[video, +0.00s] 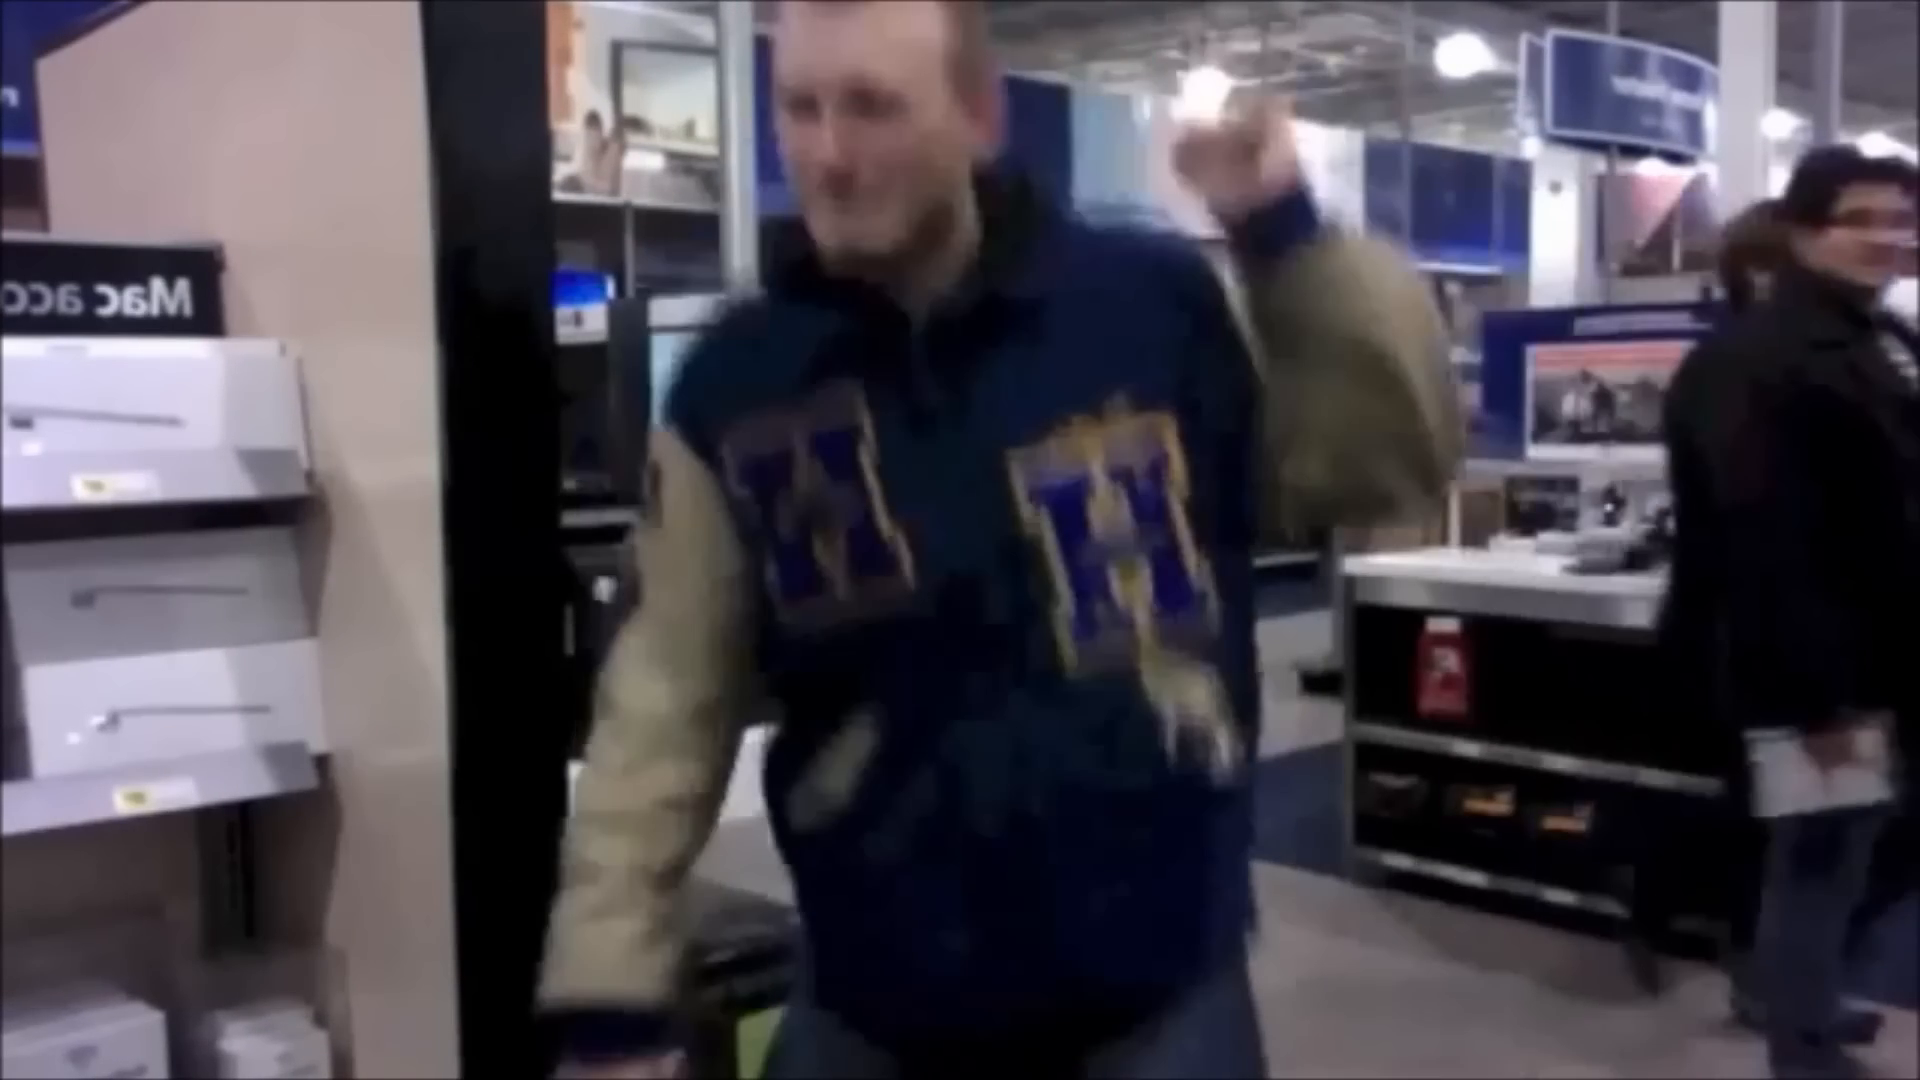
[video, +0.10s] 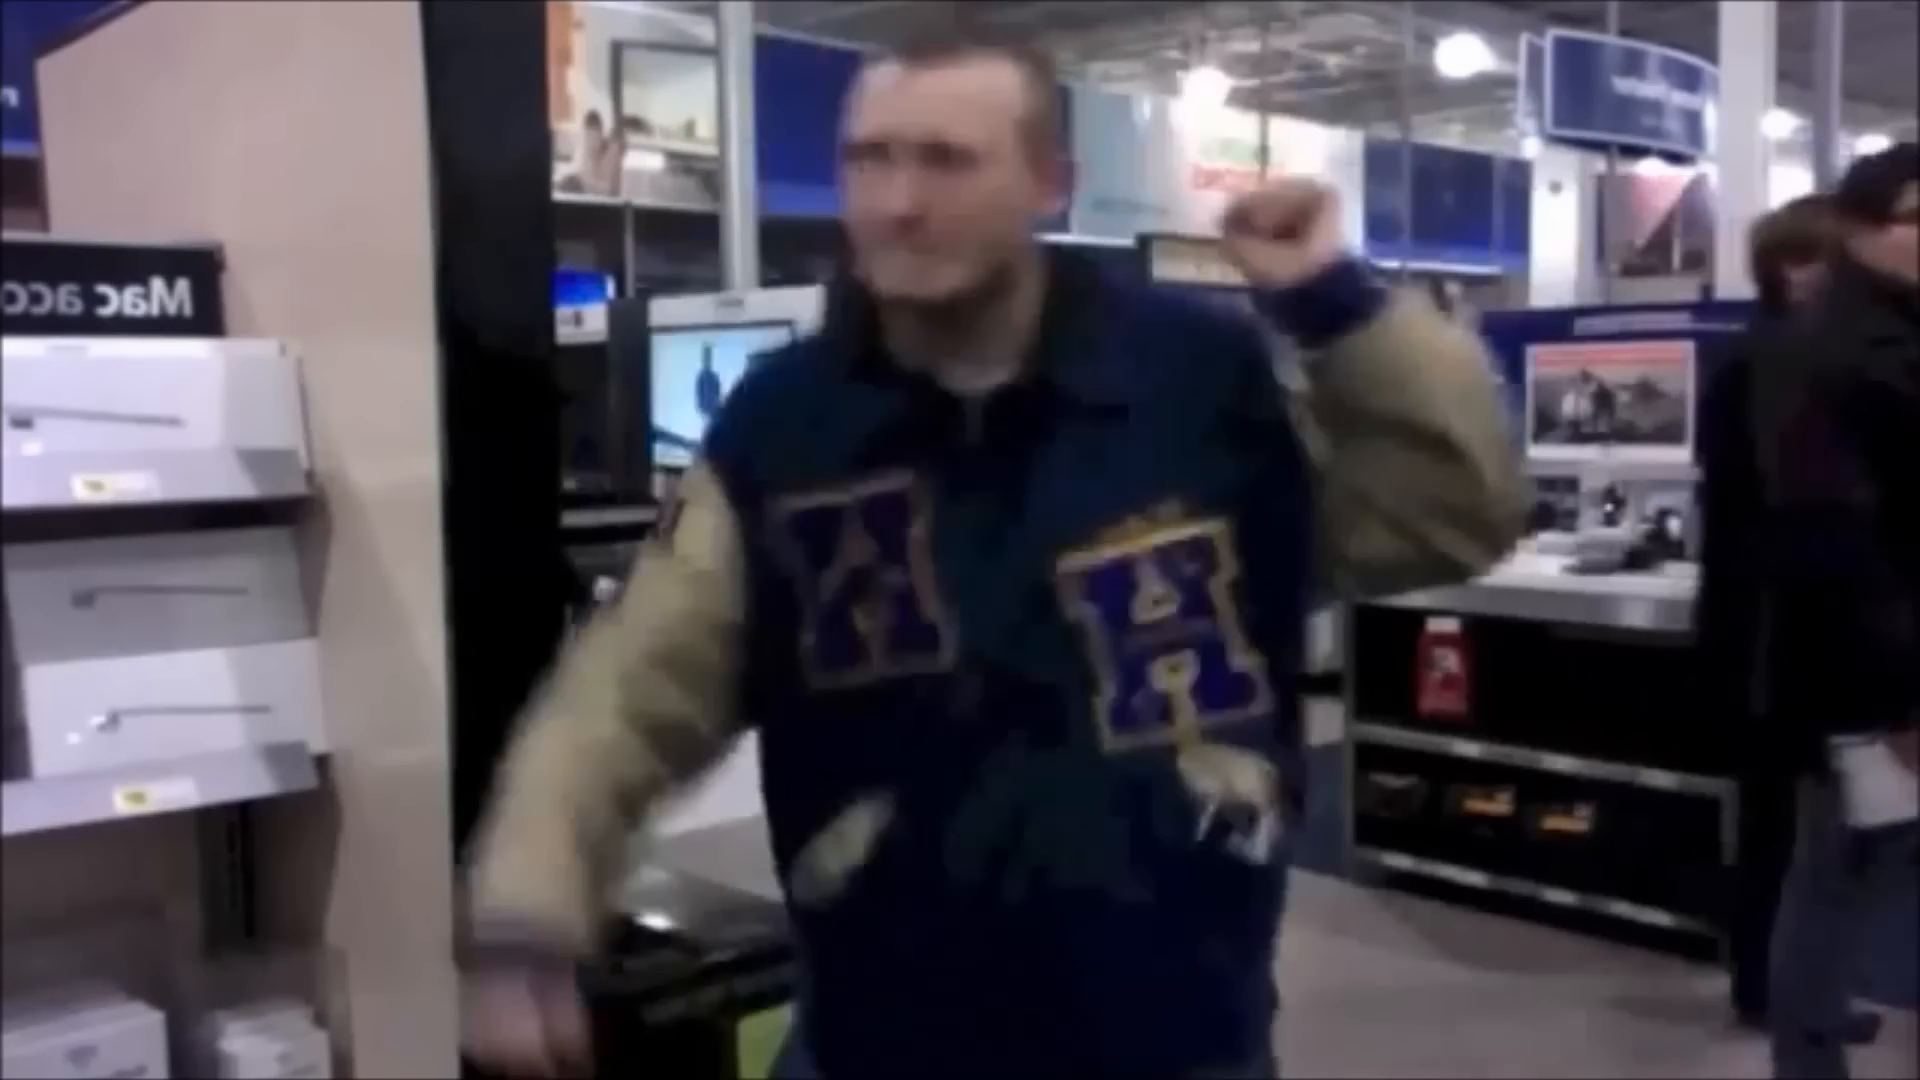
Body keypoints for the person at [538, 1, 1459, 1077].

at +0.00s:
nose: (827, 150)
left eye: (869, 107)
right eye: (801, 109)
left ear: (979, 115)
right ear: (774, 120)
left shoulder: (1153, 305)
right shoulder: (740, 384)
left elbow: (1393, 470)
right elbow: (664, 711)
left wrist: (1284, 234)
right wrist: (608, 1000)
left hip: (1151, 987)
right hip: (880, 994)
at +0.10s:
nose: (899, 199)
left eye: (946, 162)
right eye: (873, 160)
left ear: (1048, 182)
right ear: (840, 180)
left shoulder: (1201, 376)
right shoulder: (785, 428)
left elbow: (1460, 514)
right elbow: (635, 688)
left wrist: (1333, 301)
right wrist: (521, 922)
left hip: (1169, 1031)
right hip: (893, 1038)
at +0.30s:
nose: (1236, 44)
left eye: (1293, 9)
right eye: (1217, 5)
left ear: (1398, 31)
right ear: (1180, 18)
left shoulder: (1437, 352)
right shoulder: (1006, 186)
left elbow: (1459, 708)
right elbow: (747, 172)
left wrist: (1468, 1011)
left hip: (1244, 924)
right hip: (979, 883)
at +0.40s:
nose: (1236, 47)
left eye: (1291, 9)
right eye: (1216, 6)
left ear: (1398, 30)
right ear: (1179, 18)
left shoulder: (1437, 350)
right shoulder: (1006, 186)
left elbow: (1459, 708)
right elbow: (748, 171)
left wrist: (1468, 1012)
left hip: (1244, 924)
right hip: (980, 884)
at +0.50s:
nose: (1310, 90)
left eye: (1367, 51)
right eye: (1289, 45)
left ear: (1469, 84)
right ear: (1257, 55)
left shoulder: (1515, 393)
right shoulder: (1104, 203)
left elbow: (1492, 741)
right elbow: (828, 198)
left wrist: (1445, 1033)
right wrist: (1030, 11)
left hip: (1268, 931)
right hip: (1010, 880)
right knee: (865, 1066)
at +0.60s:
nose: (1305, 92)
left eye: (1363, 53)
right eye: (1285, 46)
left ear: (1467, 84)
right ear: (1254, 53)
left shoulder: (1514, 394)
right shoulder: (1103, 200)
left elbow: (1485, 749)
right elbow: (826, 194)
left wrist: (1441, 1036)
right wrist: (1045, 10)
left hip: (1265, 936)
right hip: (1008, 883)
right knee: (863, 1065)